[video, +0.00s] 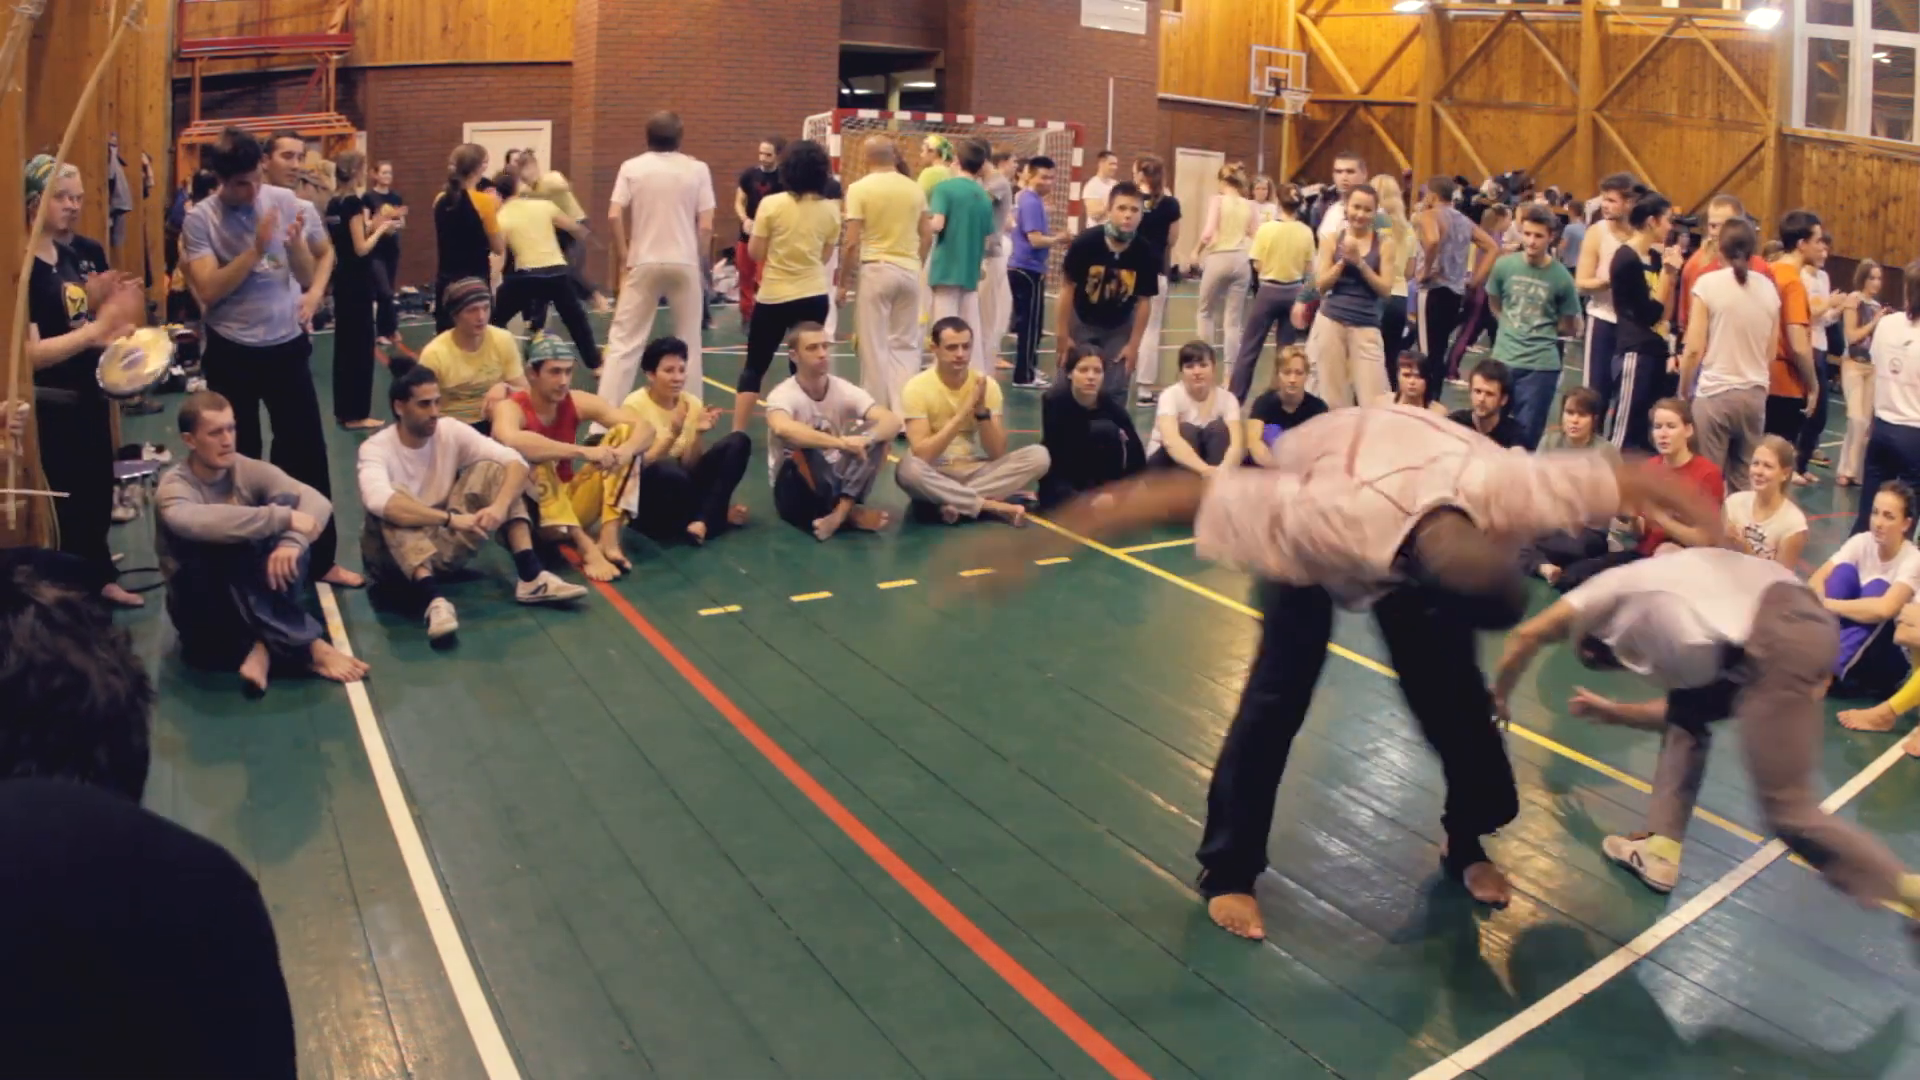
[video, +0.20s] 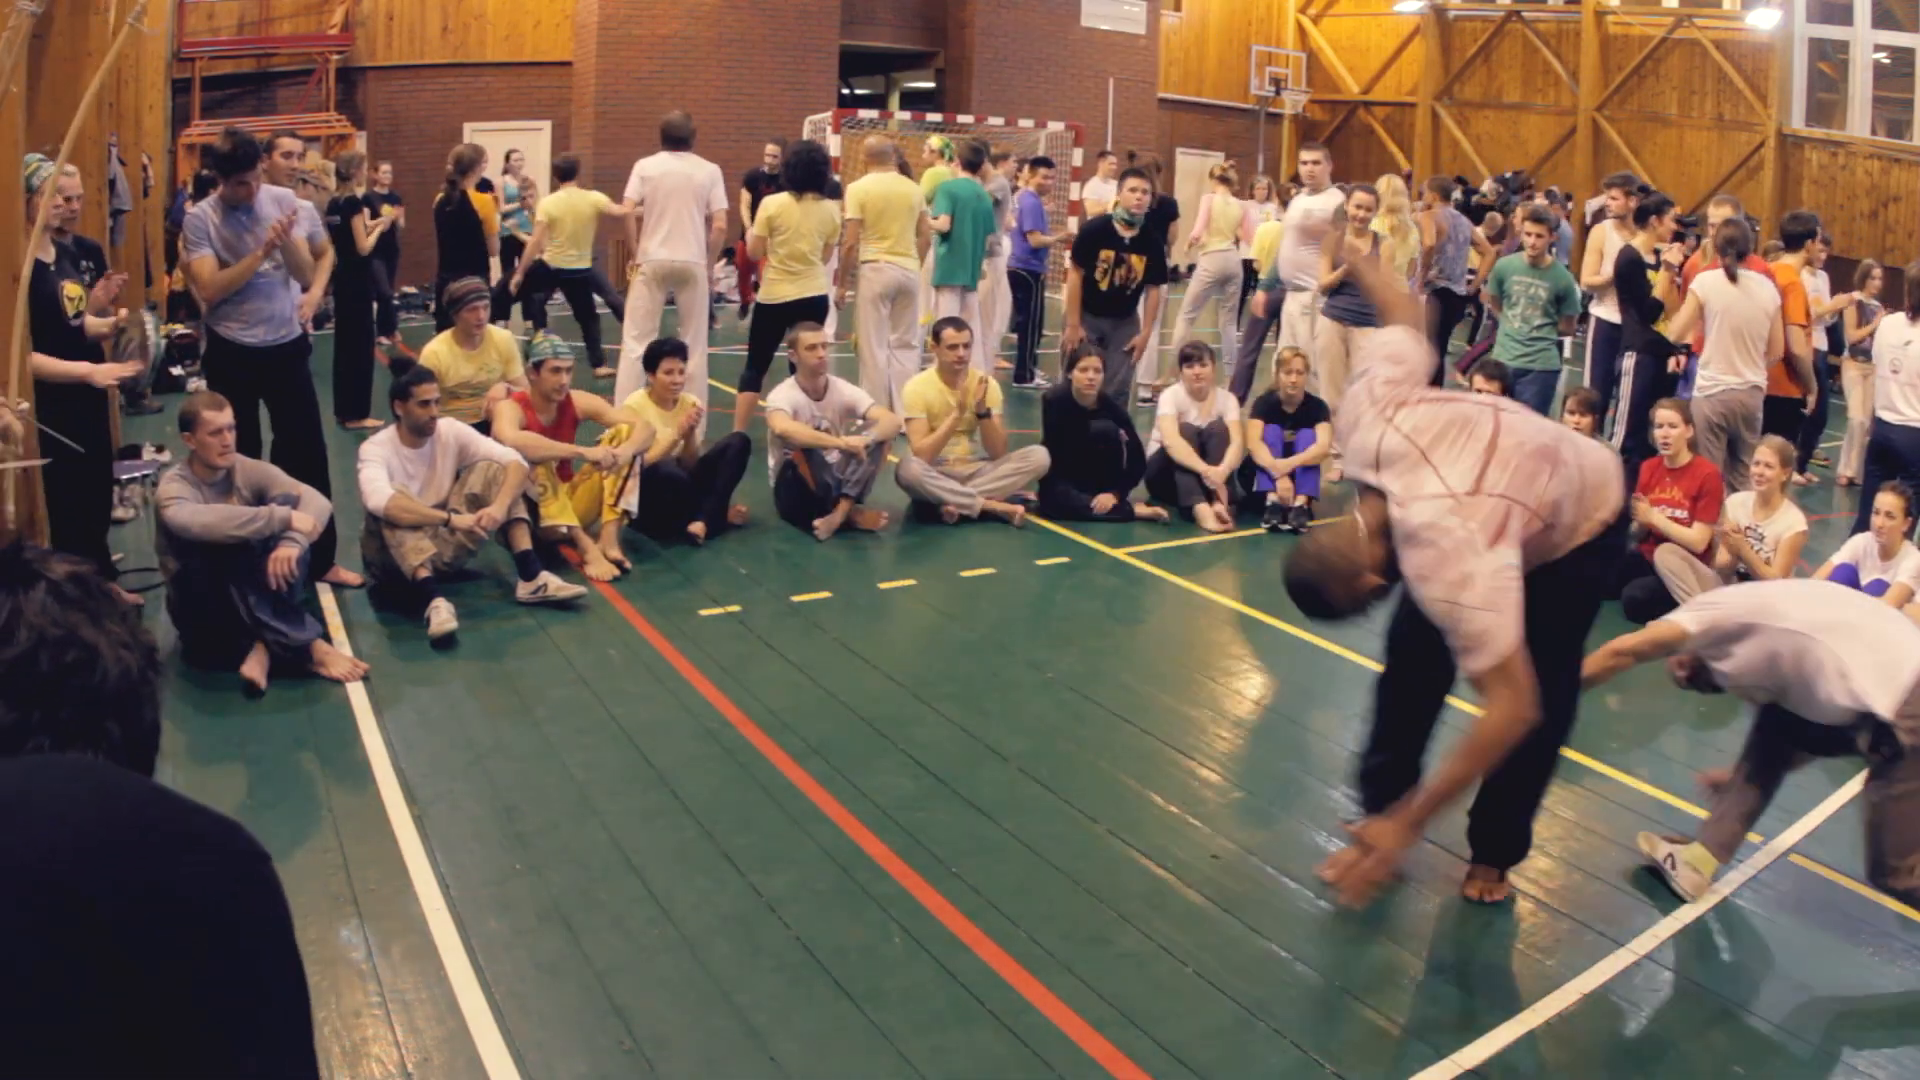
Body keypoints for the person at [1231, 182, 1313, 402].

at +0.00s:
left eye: (1278, 202)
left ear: (1278, 203)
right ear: (1299, 205)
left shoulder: (1267, 229)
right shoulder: (1306, 232)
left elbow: (1255, 259)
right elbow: (1309, 263)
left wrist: (1264, 278)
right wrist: (1300, 280)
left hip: (1268, 286)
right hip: (1294, 287)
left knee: (1251, 344)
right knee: (1287, 346)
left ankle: (1236, 396)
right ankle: (1285, 398)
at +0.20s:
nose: (1309, 169)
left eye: (1316, 163)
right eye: (1303, 163)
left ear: (1330, 166)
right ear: (1297, 168)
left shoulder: (1338, 201)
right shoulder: (1298, 199)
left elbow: (1345, 248)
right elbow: (1285, 246)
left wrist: (1332, 289)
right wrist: (1263, 286)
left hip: (1318, 293)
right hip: (1292, 292)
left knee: (1316, 364)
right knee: (1287, 359)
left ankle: (1319, 423)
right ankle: (1283, 419)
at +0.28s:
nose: (1298, 168)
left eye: (1304, 162)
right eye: (1292, 162)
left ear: (1317, 165)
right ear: (1286, 167)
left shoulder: (1328, 202)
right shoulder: (1286, 199)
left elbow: (1337, 250)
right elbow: (1271, 246)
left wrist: (1330, 289)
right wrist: (1249, 282)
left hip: (1309, 288)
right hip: (1282, 287)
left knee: (1302, 358)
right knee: (1280, 356)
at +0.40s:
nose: (1282, 166)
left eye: (1288, 161)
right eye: (1277, 161)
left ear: (1300, 163)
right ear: (1270, 166)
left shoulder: (1311, 200)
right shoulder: (1270, 198)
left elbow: (1327, 251)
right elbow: (1253, 242)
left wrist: (1319, 297)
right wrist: (1230, 276)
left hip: (1293, 287)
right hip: (1268, 285)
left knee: (1265, 355)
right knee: (1266, 355)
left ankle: (1267, 417)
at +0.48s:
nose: (1272, 166)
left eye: (1278, 160)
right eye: (1266, 161)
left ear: (1291, 164)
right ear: (1260, 166)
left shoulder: (1302, 201)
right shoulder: (1258, 198)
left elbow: (1316, 251)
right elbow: (1242, 241)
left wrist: (1306, 296)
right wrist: (1217, 275)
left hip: (1282, 287)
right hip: (1259, 286)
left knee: (1250, 357)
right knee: (1274, 357)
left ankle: (1250, 427)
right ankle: (1275, 425)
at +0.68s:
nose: (1243, 166)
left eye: (1249, 161)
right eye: (1238, 161)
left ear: (1263, 164)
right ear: (1232, 166)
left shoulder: (1273, 201)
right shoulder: (1233, 198)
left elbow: (1290, 253)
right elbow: (1218, 245)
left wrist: (1277, 298)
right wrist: (1188, 270)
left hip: (1255, 288)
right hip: (1230, 287)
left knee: (1224, 352)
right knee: (1258, 357)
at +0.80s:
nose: (1223, 164)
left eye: (1230, 159)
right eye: (1219, 159)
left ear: (1244, 162)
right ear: (1215, 164)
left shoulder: (1253, 201)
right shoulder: (1216, 197)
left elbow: (1266, 252)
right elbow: (1204, 242)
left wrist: (1254, 299)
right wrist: (1177, 272)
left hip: (1235, 285)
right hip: (1211, 283)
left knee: (1217, 350)